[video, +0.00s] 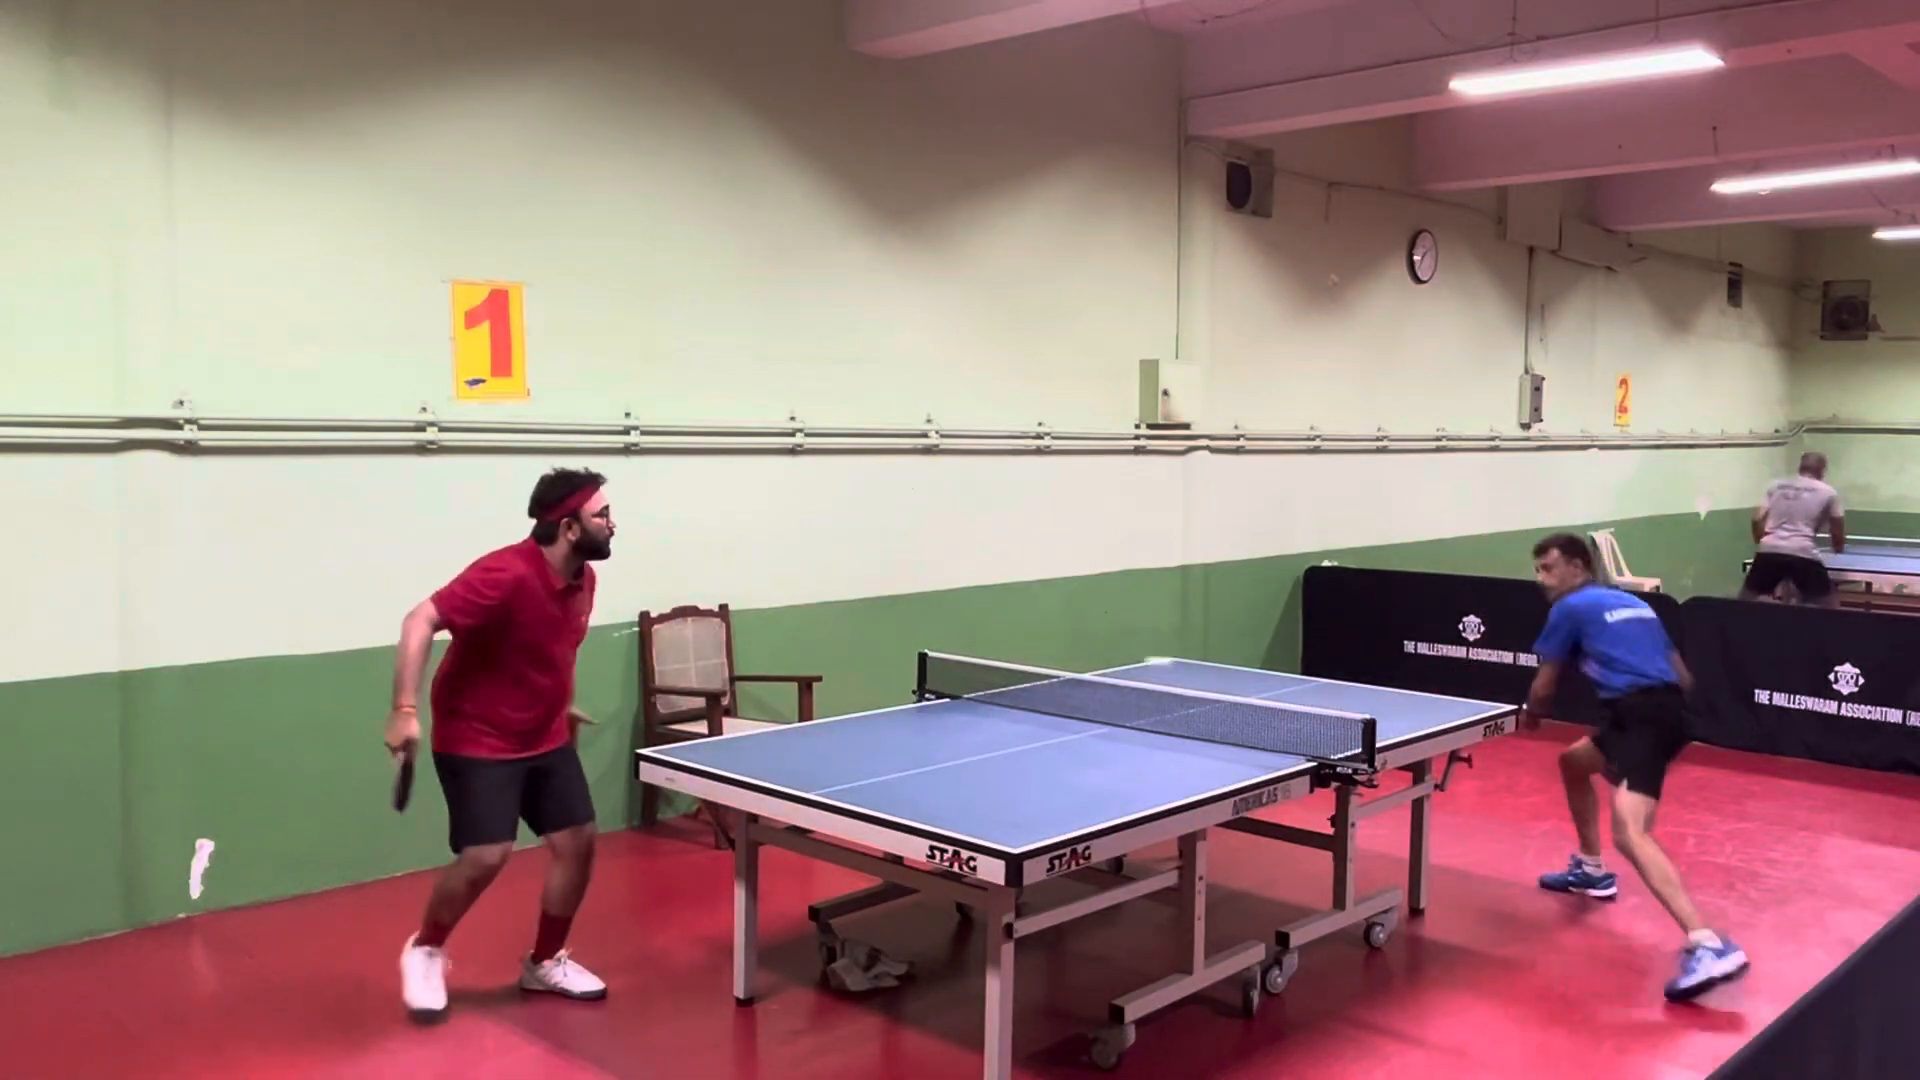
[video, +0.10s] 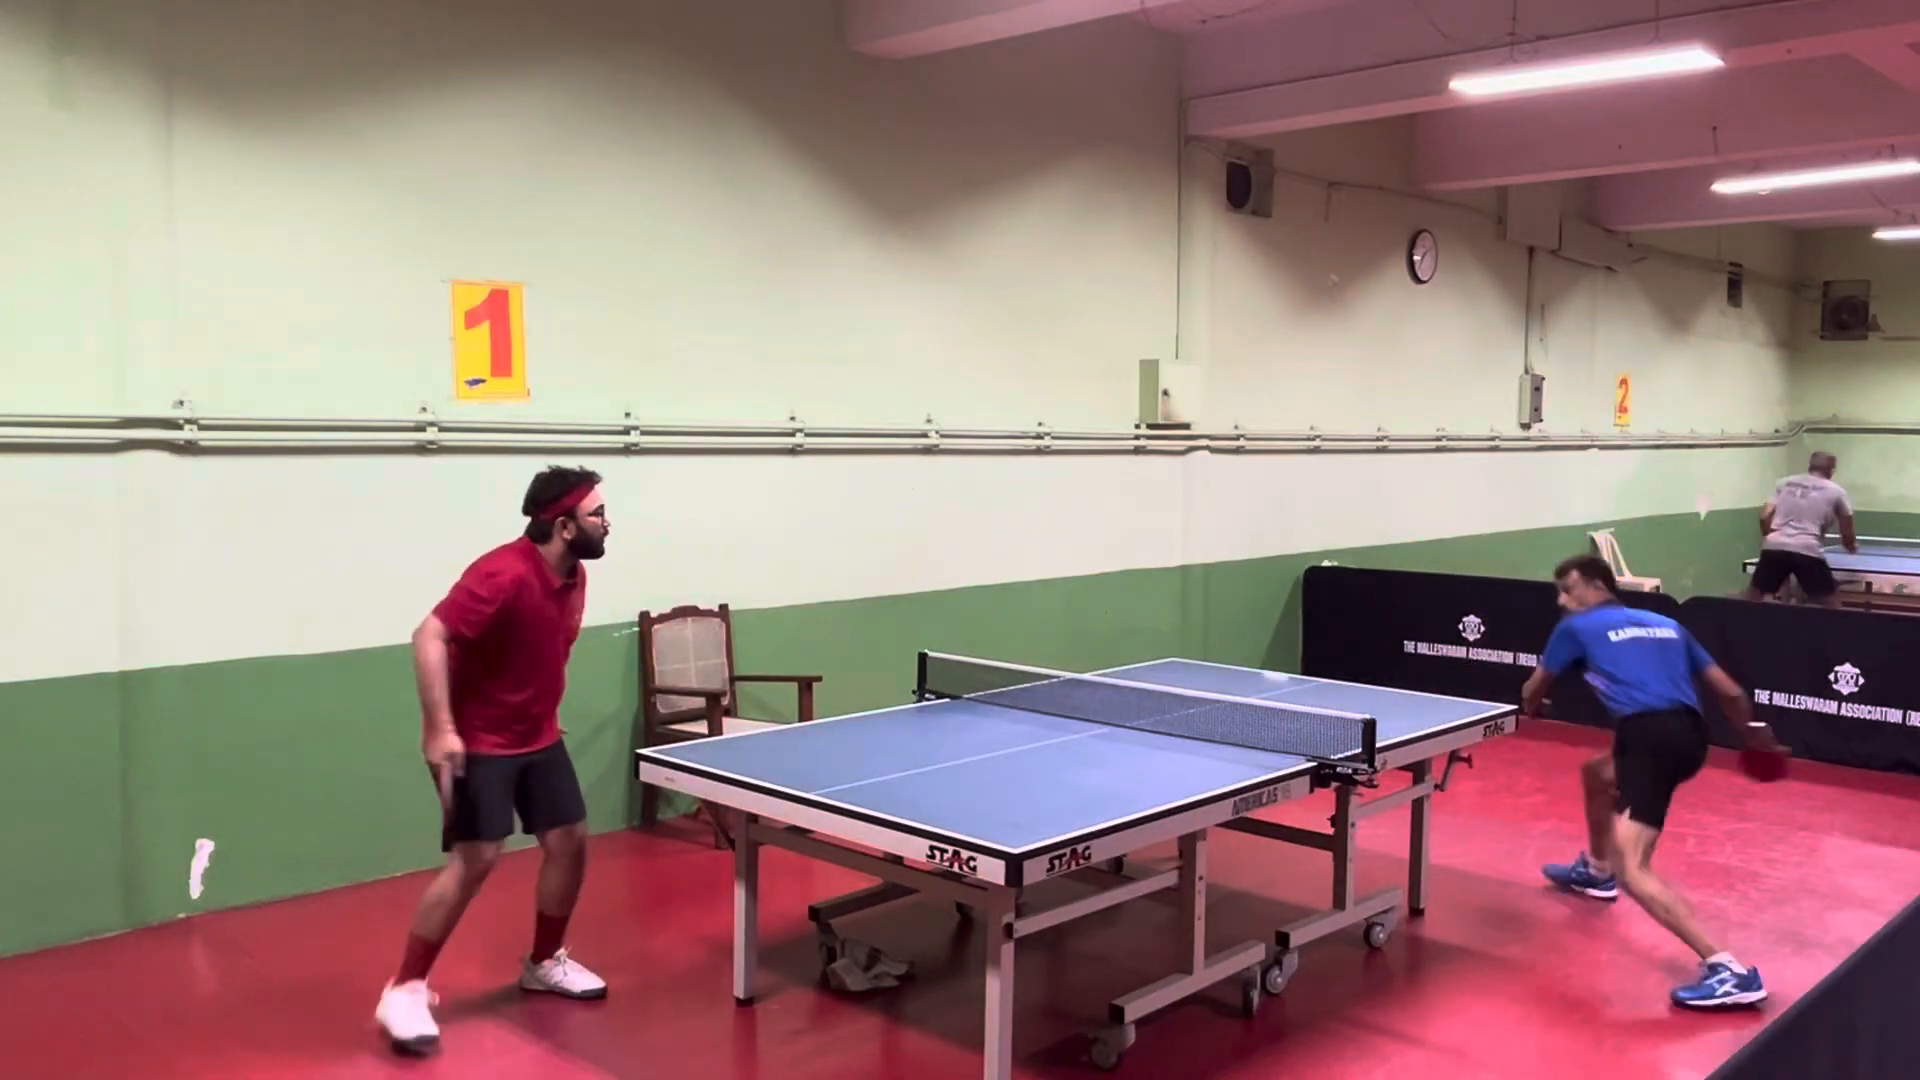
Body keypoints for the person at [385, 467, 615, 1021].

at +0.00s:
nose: (612, 523)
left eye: (608, 513)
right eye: (601, 515)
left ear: (574, 527)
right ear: (568, 527)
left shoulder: (583, 579)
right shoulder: (506, 573)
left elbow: (556, 651)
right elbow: (420, 619)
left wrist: (562, 706)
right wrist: (404, 709)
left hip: (544, 736)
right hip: (478, 739)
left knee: (577, 841)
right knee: (487, 854)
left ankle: (545, 963)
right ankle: (424, 951)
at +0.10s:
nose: (606, 522)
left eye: (603, 512)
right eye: (596, 514)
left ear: (568, 525)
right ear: (562, 525)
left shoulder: (572, 576)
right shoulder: (502, 574)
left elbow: (542, 653)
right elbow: (429, 636)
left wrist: (541, 720)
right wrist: (439, 727)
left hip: (541, 740)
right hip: (483, 747)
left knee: (568, 840)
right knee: (475, 858)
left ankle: (545, 962)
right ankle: (405, 991)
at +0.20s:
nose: (596, 522)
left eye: (593, 511)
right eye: (586, 513)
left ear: (555, 523)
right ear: (549, 525)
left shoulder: (558, 574)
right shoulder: (495, 577)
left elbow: (525, 652)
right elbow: (436, 652)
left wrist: (532, 719)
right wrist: (477, 738)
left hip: (520, 737)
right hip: (455, 744)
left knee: (556, 840)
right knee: (454, 861)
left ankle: (544, 963)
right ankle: (401, 1018)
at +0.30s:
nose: (586, 518)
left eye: (583, 506)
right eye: (575, 508)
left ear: (540, 517)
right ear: (539, 518)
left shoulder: (534, 573)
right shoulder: (494, 574)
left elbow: (492, 660)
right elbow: (445, 657)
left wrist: (521, 715)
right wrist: (503, 739)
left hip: (486, 739)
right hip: (433, 741)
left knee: (524, 837)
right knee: (442, 867)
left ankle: (541, 961)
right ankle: (399, 1025)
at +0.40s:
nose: (577, 512)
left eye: (574, 501)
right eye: (566, 503)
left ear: (530, 513)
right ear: (529, 514)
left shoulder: (522, 566)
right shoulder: (491, 571)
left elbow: (493, 652)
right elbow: (447, 657)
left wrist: (523, 705)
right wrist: (508, 729)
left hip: (473, 736)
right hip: (423, 739)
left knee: (507, 831)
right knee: (434, 870)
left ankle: (511, 957)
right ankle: (397, 1025)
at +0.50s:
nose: (568, 513)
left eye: (565, 502)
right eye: (557, 505)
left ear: (521, 513)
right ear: (519, 515)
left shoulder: (517, 569)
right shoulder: (480, 574)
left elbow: (492, 654)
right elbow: (436, 661)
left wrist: (515, 713)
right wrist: (498, 731)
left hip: (464, 734)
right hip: (413, 737)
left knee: (494, 834)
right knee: (448, 865)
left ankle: (441, 956)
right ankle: (396, 1023)